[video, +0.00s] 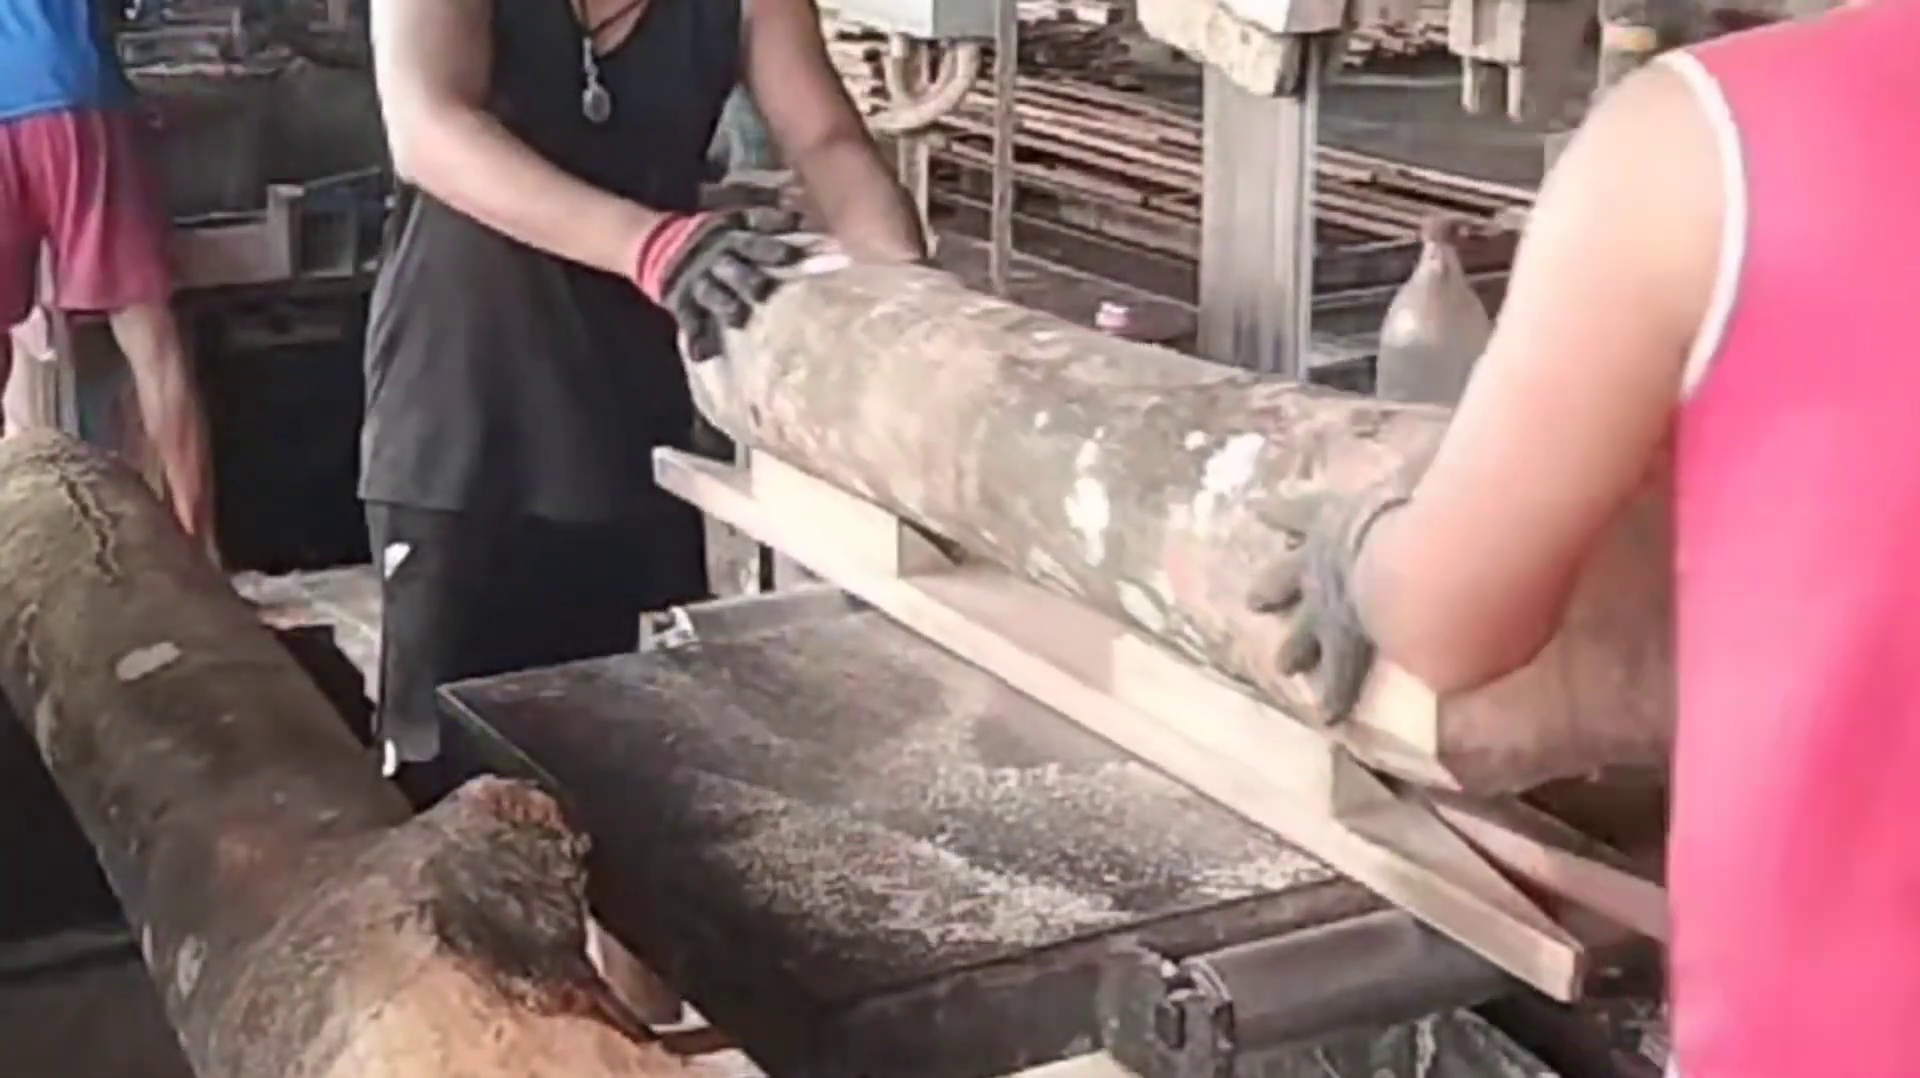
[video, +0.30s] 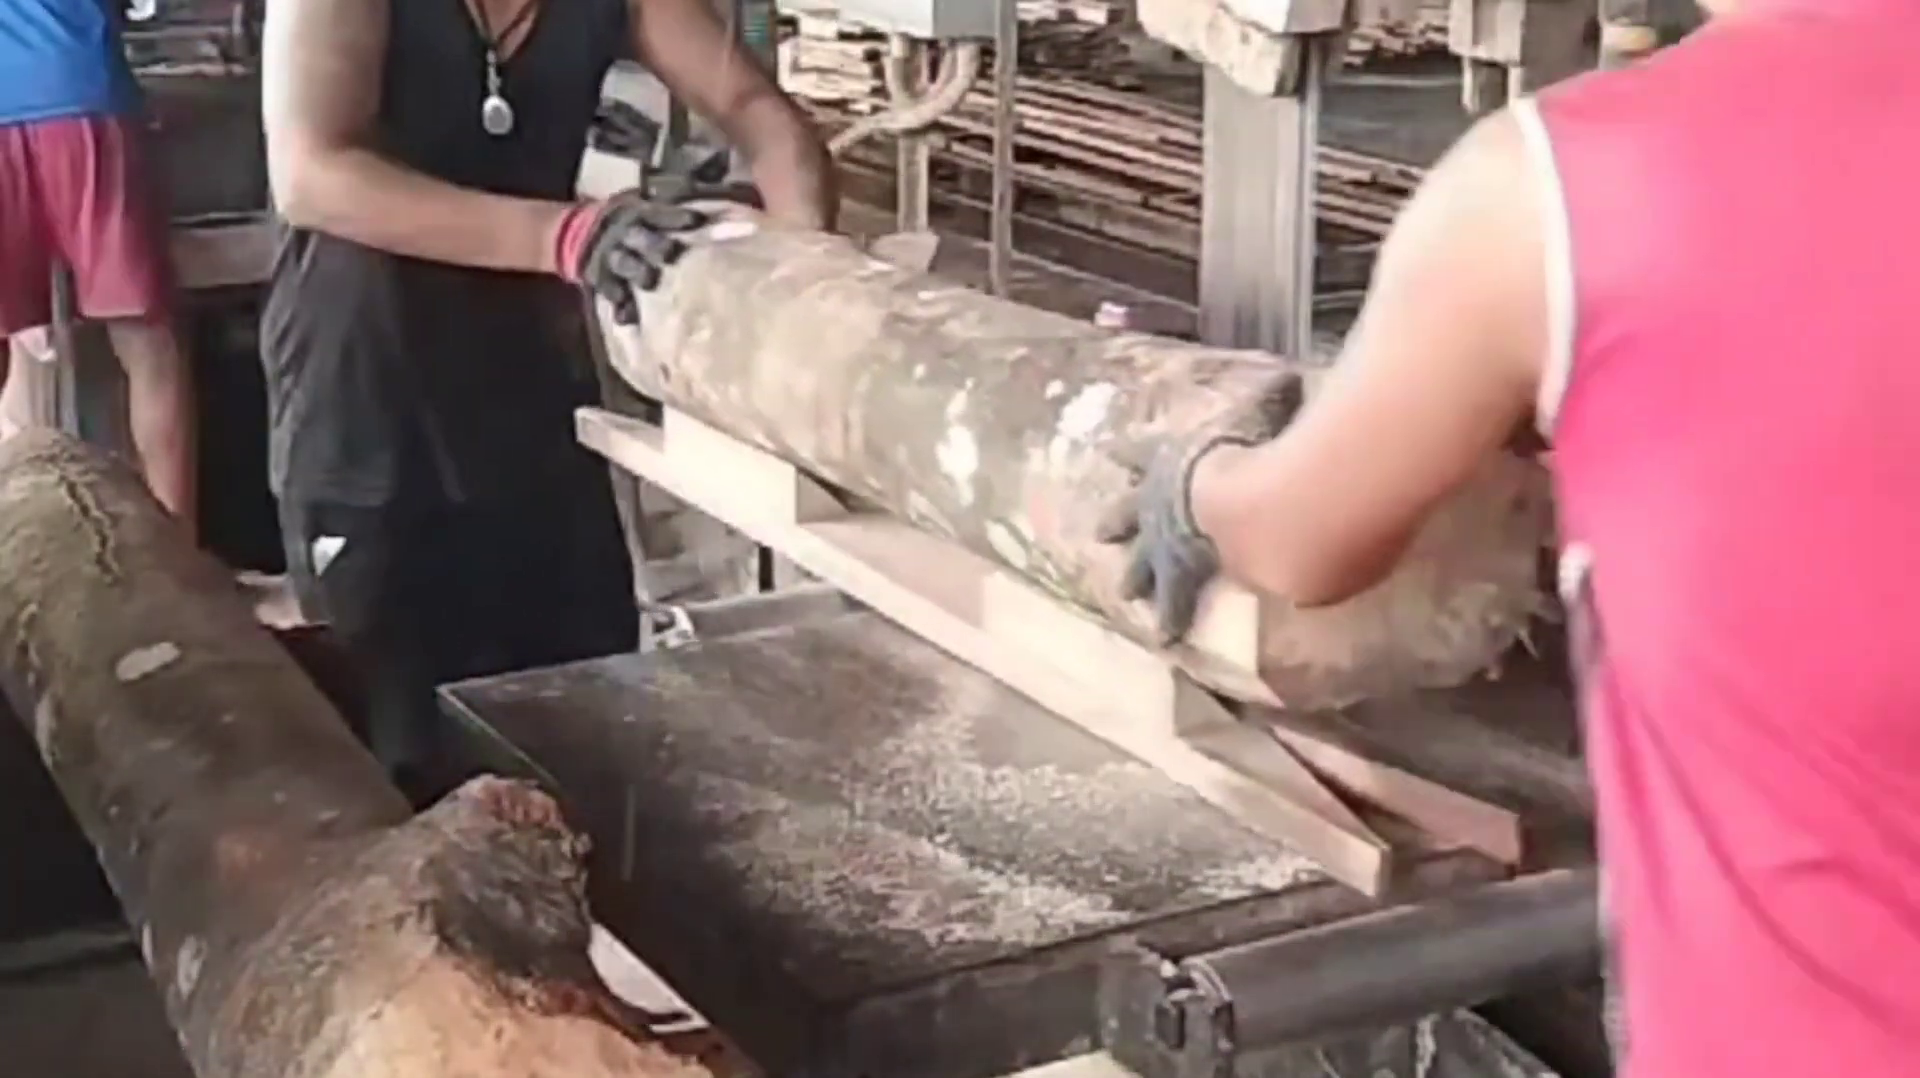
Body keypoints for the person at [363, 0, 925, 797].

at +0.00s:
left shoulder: (748, 8)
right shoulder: (441, 12)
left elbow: (829, 142)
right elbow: (429, 132)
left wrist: (909, 297)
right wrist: (654, 243)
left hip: (637, 421)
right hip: (465, 415)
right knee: (455, 765)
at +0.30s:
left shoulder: (614, 7)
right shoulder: (336, 11)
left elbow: (761, 113)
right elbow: (311, 176)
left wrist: (794, 267)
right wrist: (567, 236)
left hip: (536, 417)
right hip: (368, 425)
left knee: (595, 721)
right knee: (417, 761)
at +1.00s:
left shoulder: (637, 13)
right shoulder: (351, 48)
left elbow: (741, 134)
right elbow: (347, 302)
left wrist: (729, 269)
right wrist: (535, 243)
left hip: (556, 426)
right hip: (409, 447)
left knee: (520, 702)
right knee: (465, 735)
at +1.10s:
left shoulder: (646, 23)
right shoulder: (358, 116)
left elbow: (720, 131)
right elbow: (335, 373)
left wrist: (739, 274)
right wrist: (535, 332)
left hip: (585, 473)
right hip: (435, 504)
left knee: (555, 727)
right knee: (503, 765)